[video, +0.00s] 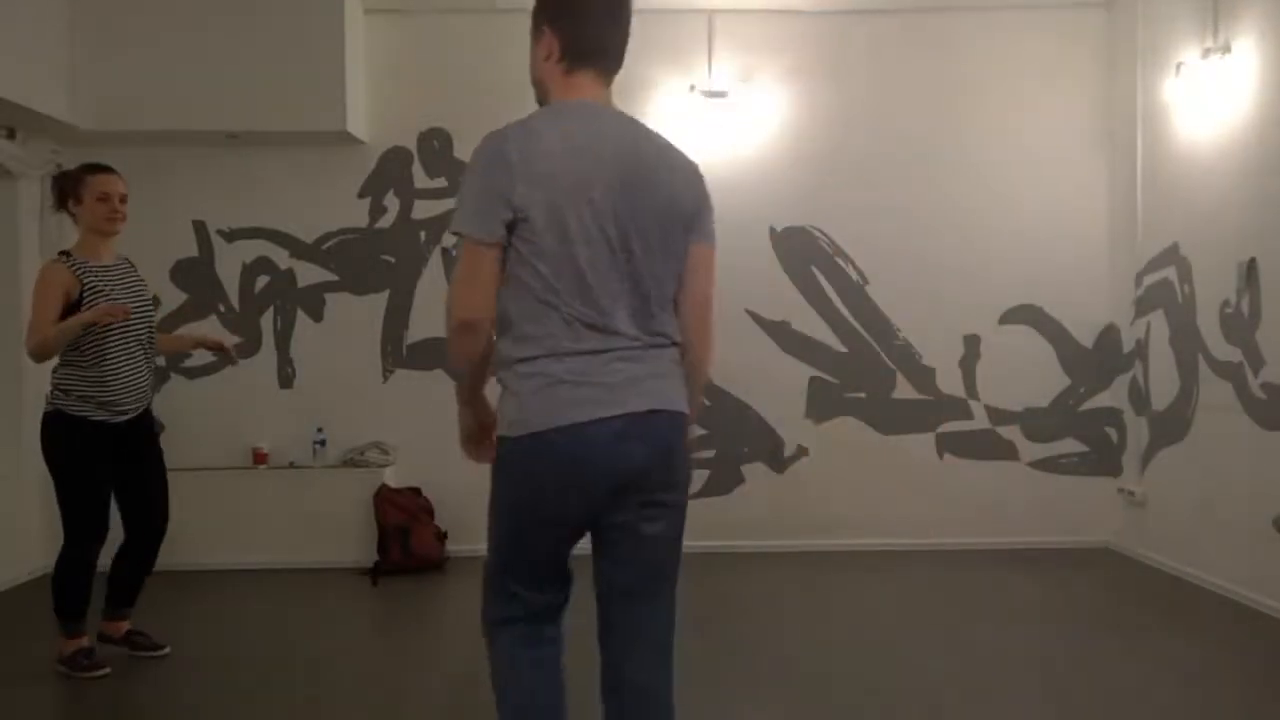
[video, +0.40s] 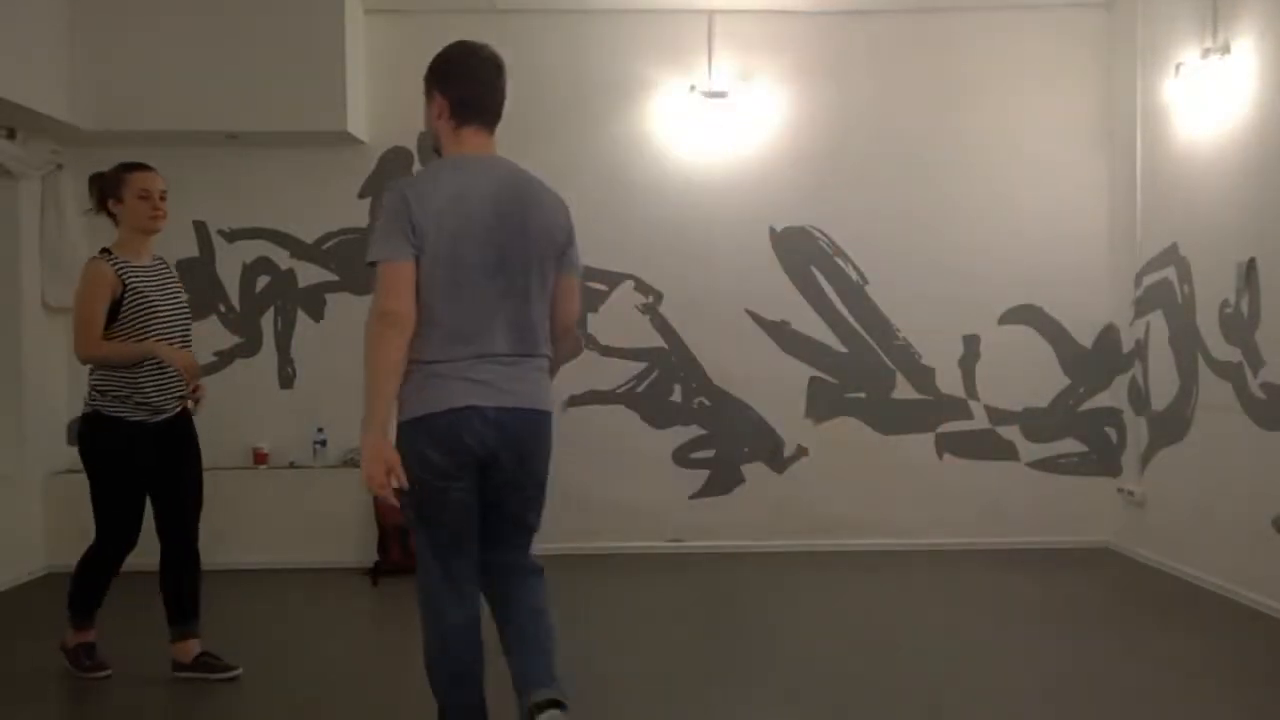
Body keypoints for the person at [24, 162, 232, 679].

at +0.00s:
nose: (116, 208)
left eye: (122, 200)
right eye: (103, 199)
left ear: (127, 207)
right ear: (74, 207)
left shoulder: (126, 269)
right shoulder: (61, 271)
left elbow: (143, 342)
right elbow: (37, 347)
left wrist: (198, 339)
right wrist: (85, 319)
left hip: (132, 423)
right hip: (77, 427)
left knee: (149, 522)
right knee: (86, 533)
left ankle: (116, 625)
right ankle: (72, 642)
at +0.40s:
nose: (158, 205)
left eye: (162, 197)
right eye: (145, 197)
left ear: (166, 205)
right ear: (115, 206)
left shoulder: (163, 267)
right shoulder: (103, 268)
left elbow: (163, 338)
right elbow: (87, 347)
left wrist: (190, 379)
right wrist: (159, 350)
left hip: (171, 424)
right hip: (114, 428)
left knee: (180, 537)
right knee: (117, 538)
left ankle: (186, 648)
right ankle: (79, 635)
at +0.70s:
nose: (185, 202)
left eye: (190, 194)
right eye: (172, 193)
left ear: (194, 201)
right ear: (142, 200)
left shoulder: (198, 266)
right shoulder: (125, 266)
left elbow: (208, 342)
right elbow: (119, 350)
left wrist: (255, 357)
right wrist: (168, 402)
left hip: (204, 418)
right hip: (146, 421)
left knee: (198, 537)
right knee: (176, 535)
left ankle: (188, 650)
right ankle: (145, 645)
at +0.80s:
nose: (190, 201)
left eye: (194, 193)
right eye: (178, 192)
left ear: (198, 199)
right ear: (147, 200)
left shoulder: (201, 266)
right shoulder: (131, 267)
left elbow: (218, 345)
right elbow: (125, 354)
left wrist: (273, 345)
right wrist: (151, 417)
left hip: (208, 419)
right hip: (156, 424)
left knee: (198, 538)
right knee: (173, 539)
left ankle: (190, 649)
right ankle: (169, 659)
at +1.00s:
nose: (197, 199)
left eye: (201, 191)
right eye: (185, 191)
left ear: (203, 199)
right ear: (154, 199)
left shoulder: (208, 266)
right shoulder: (136, 266)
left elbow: (247, 337)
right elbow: (119, 350)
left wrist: (295, 306)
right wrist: (132, 422)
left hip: (217, 422)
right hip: (165, 426)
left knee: (200, 539)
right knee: (167, 542)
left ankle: (189, 650)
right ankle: (167, 660)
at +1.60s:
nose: (204, 200)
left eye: (208, 190)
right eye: (190, 194)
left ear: (215, 194)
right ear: (161, 203)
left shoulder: (225, 258)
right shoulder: (145, 267)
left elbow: (271, 304)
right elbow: (130, 354)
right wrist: (136, 425)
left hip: (222, 423)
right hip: (166, 427)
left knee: (203, 540)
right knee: (167, 541)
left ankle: (191, 647)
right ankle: (168, 659)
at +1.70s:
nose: (205, 199)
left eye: (210, 190)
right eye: (192, 192)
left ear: (216, 196)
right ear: (163, 201)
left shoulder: (225, 261)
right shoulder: (146, 266)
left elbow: (259, 319)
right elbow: (130, 352)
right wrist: (136, 425)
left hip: (222, 424)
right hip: (167, 428)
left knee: (203, 540)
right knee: (168, 541)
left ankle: (191, 648)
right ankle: (169, 659)